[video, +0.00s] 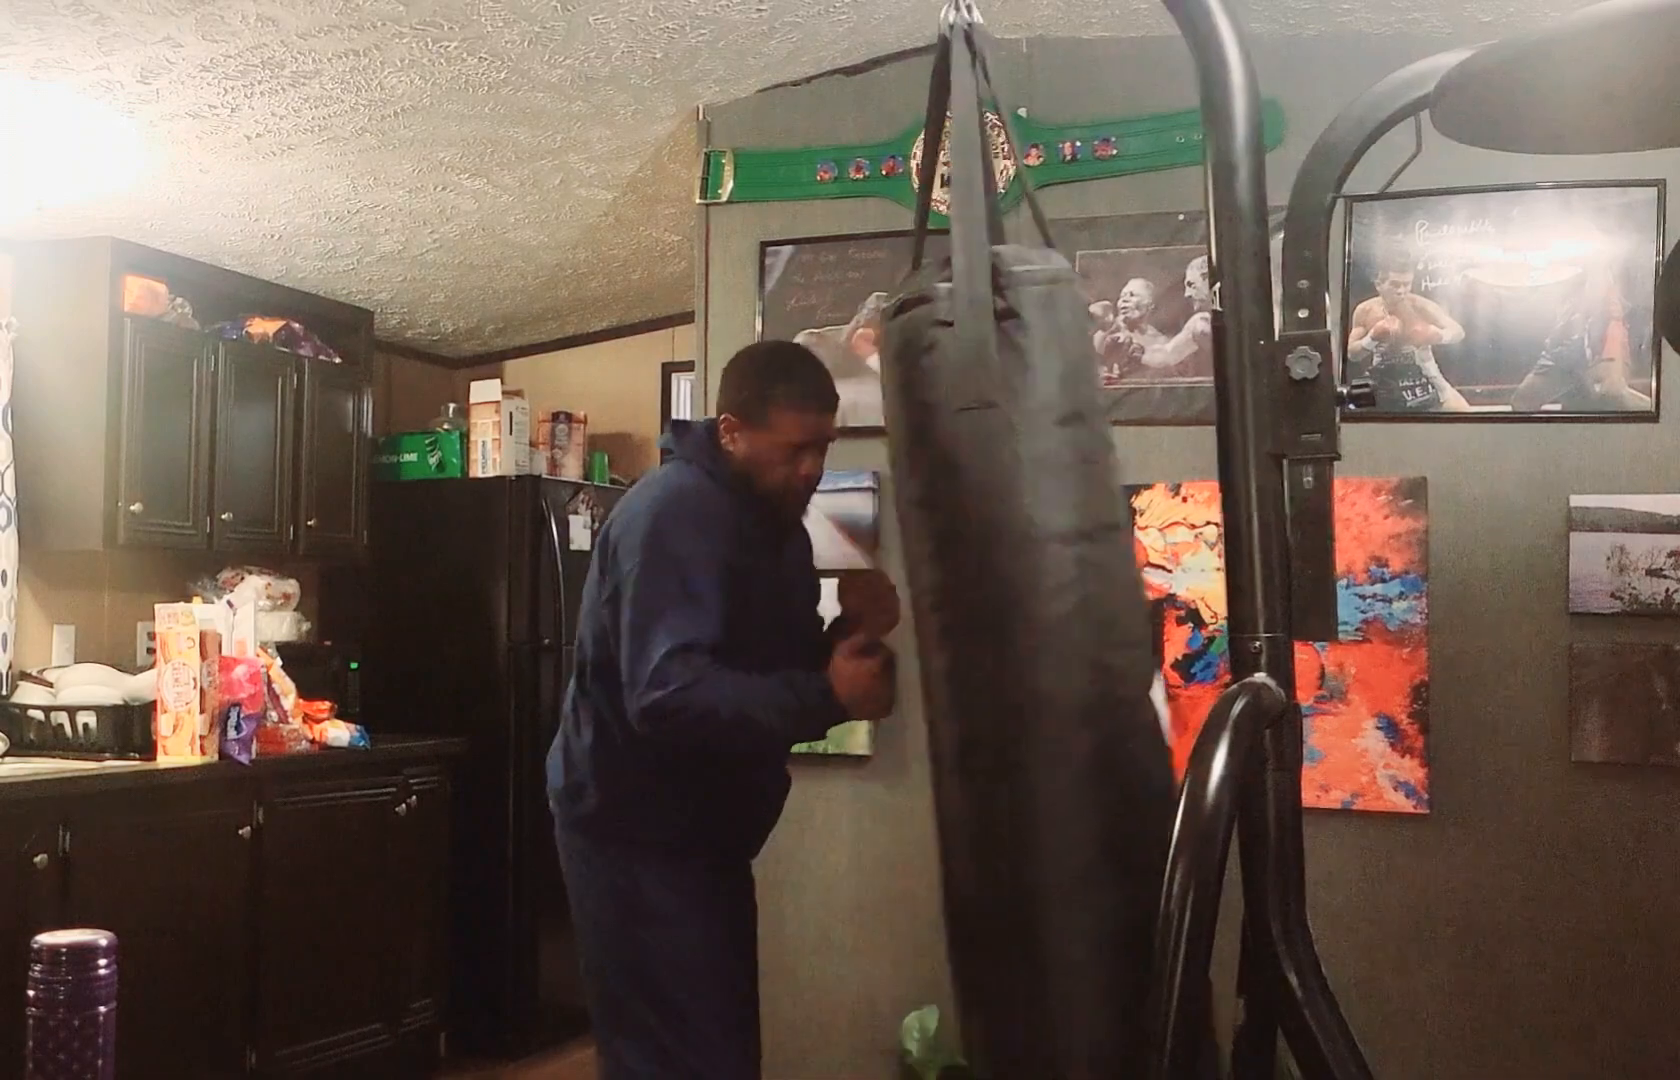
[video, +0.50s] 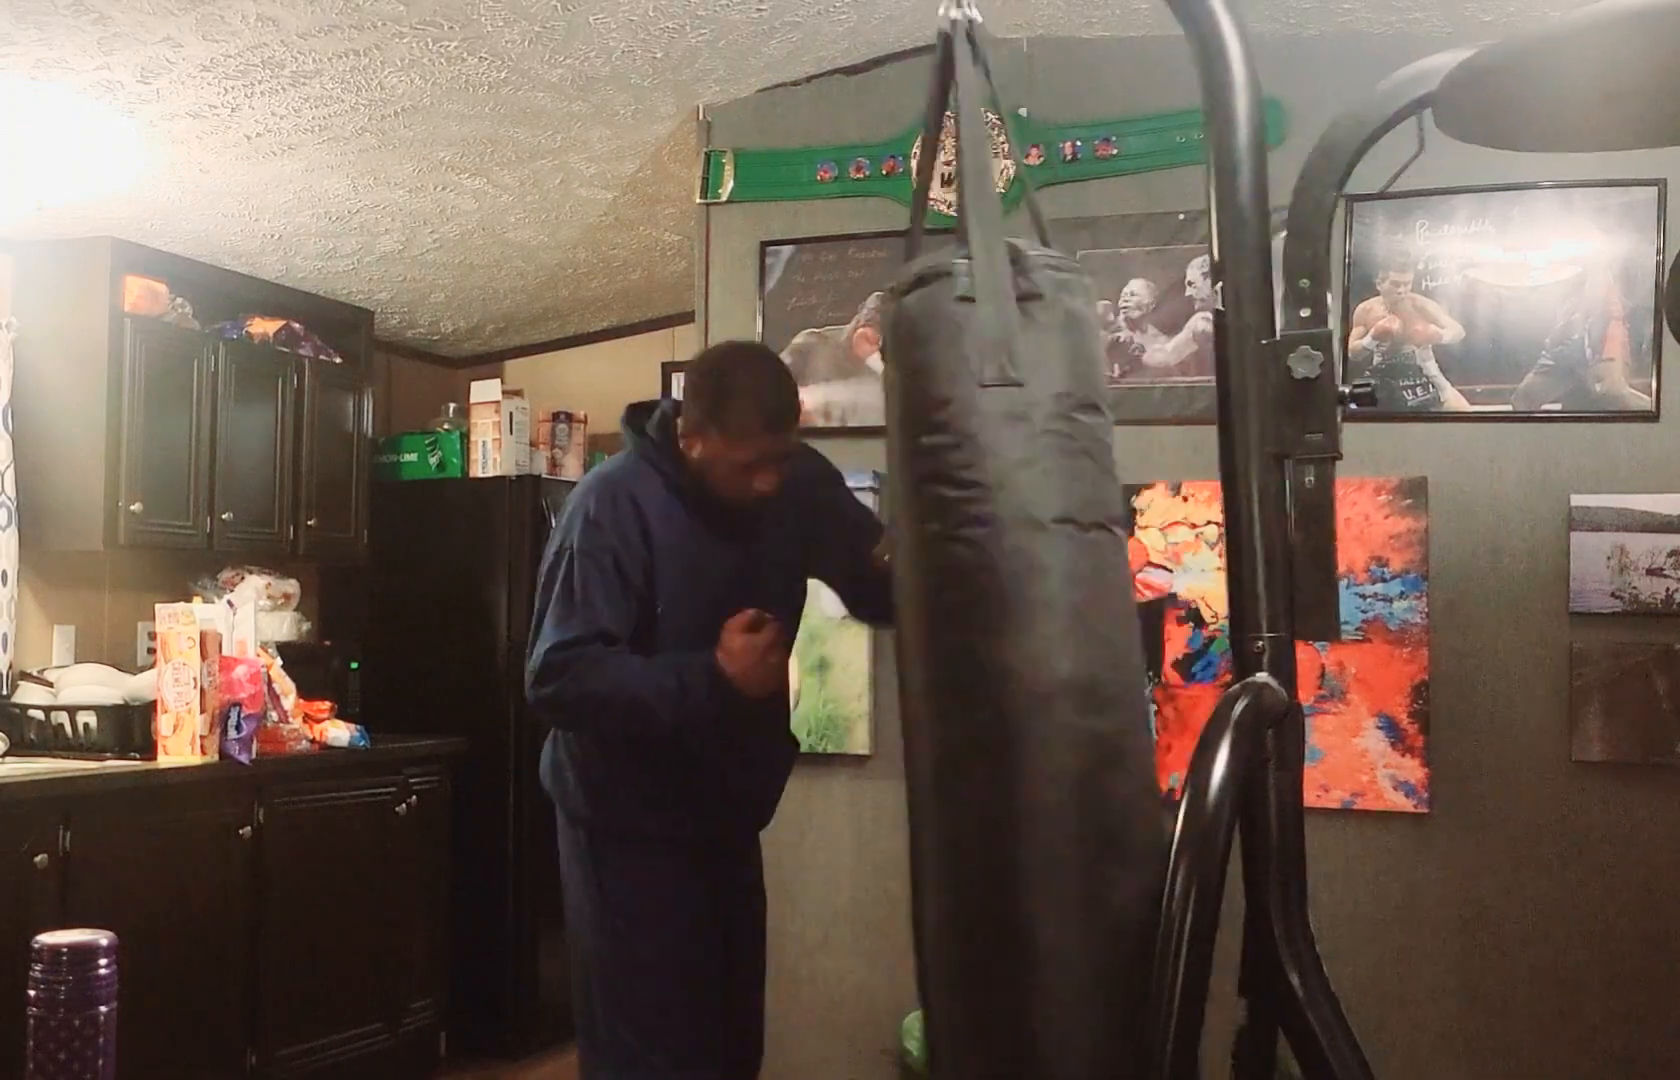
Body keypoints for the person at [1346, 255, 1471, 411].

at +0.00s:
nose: (1401, 291)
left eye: (1406, 285)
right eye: (1395, 285)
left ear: (1412, 283)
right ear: (1379, 284)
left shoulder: (1421, 305)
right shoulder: (1364, 311)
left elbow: (1458, 332)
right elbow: (1352, 355)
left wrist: (1436, 335)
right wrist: (1373, 338)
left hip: (1429, 385)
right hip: (1385, 389)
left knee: (1468, 419)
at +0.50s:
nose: (1402, 290)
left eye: (1406, 285)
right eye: (1396, 284)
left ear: (1412, 283)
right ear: (1379, 284)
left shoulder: (1421, 305)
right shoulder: (1365, 310)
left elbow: (1458, 331)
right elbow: (1352, 353)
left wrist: (1436, 335)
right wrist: (1373, 337)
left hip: (1427, 380)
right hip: (1384, 383)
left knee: (1467, 416)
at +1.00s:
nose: (1402, 291)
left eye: (1407, 285)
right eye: (1396, 285)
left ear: (1412, 283)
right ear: (1379, 284)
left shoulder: (1421, 305)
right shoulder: (1365, 310)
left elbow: (1458, 332)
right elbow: (1352, 353)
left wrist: (1435, 335)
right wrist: (1374, 338)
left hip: (1428, 382)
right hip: (1385, 385)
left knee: (1469, 418)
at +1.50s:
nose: (1402, 291)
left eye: (1406, 285)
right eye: (1395, 285)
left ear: (1411, 283)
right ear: (1379, 284)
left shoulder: (1421, 305)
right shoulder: (1365, 311)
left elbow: (1457, 331)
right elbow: (1352, 354)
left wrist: (1436, 335)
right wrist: (1374, 337)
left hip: (1428, 382)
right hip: (1385, 386)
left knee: (1468, 418)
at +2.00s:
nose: (1402, 291)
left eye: (1406, 285)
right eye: (1395, 285)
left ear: (1411, 283)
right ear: (1379, 284)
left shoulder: (1421, 305)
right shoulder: (1365, 311)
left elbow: (1457, 332)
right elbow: (1353, 355)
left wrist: (1434, 336)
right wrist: (1373, 338)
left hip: (1428, 382)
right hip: (1385, 386)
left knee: (1468, 418)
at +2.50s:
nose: (1401, 291)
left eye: (1406, 285)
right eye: (1395, 285)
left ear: (1411, 284)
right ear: (1378, 284)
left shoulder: (1420, 305)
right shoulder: (1365, 311)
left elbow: (1457, 332)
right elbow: (1351, 354)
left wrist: (1434, 336)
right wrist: (1372, 338)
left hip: (1426, 382)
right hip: (1383, 386)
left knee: (1467, 418)